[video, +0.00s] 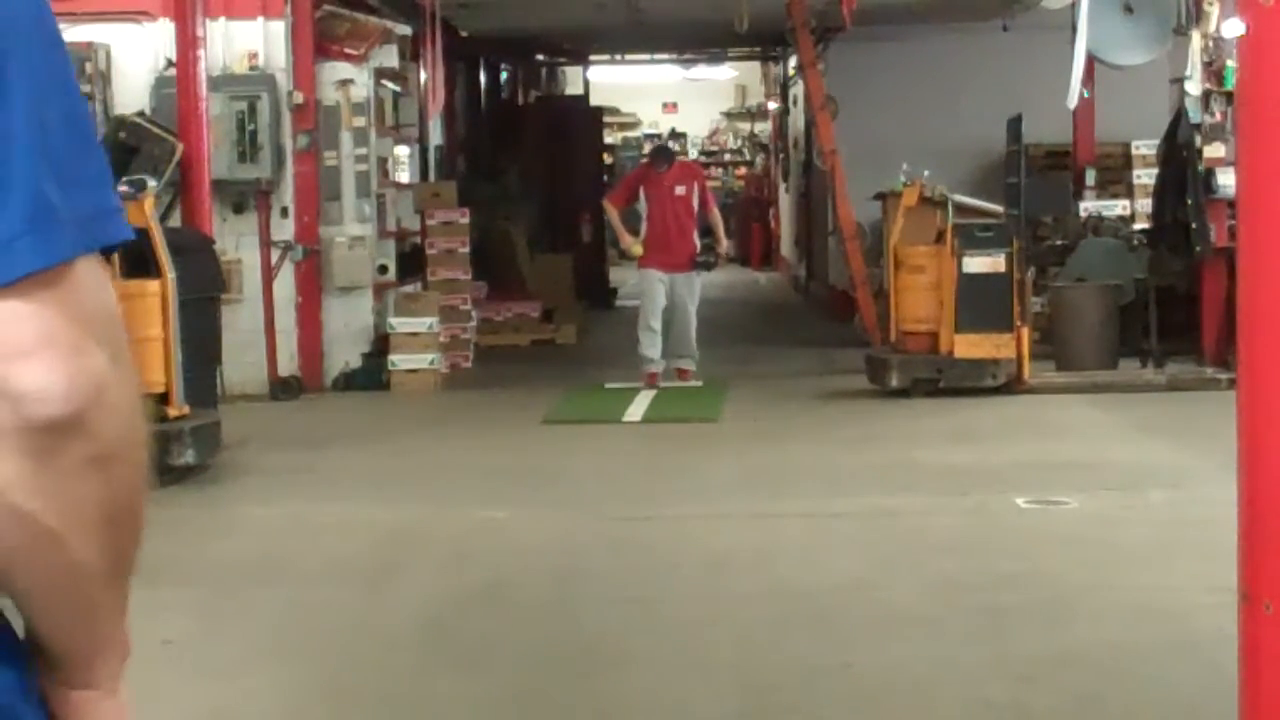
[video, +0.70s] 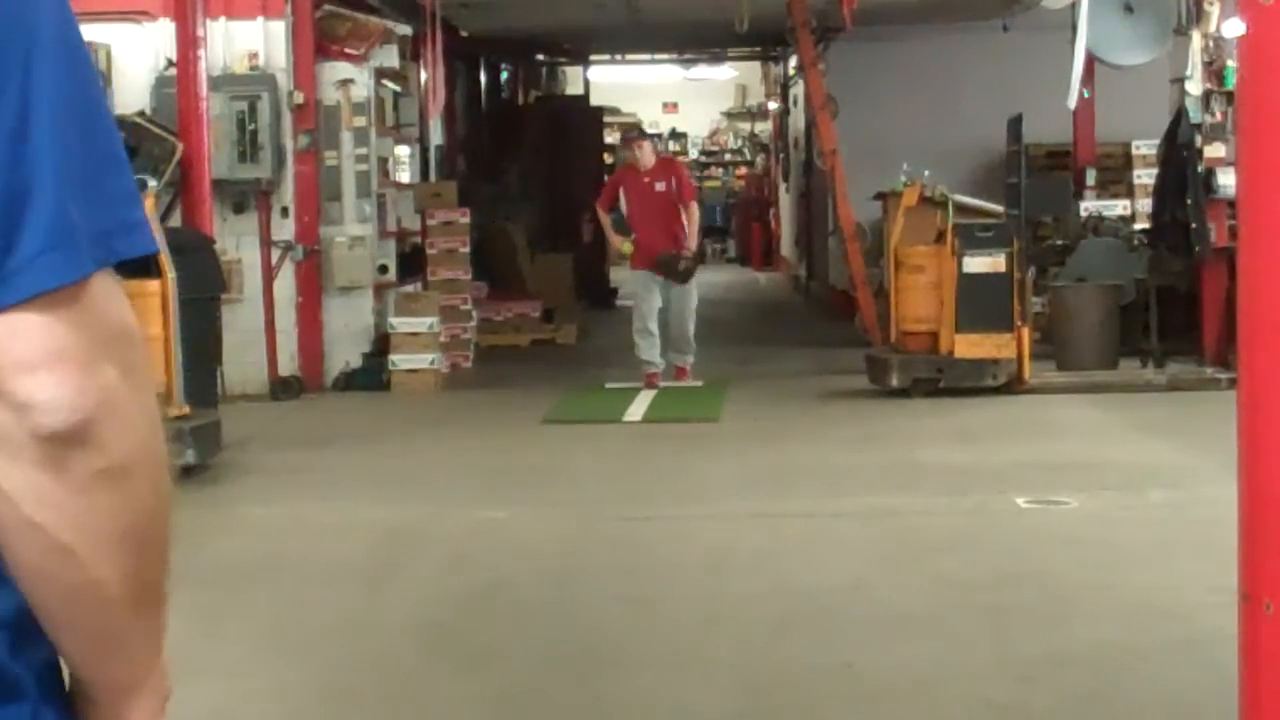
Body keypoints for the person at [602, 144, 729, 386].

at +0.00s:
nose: (659, 173)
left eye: (663, 169)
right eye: (656, 169)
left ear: (673, 161)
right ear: (650, 162)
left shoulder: (693, 172)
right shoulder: (643, 173)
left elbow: (711, 208)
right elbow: (610, 203)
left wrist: (721, 240)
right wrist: (624, 237)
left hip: (686, 259)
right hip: (653, 258)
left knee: (686, 314)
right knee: (651, 312)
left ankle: (685, 363)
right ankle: (651, 366)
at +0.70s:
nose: (638, 154)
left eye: (641, 147)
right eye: (632, 149)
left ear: (651, 146)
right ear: (626, 152)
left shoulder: (673, 169)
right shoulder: (622, 176)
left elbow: (691, 206)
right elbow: (601, 206)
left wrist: (691, 245)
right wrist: (613, 237)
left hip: (677, 256)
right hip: (644, 259)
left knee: (682, 315)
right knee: (645, 315)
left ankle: (683, 364)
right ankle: (650, 367)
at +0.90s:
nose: (638, 149)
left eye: (642, 143)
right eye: (632, 145)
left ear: (652, 142)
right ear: (627, 148)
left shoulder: (672, 168)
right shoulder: (624, 174)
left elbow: (677, 208)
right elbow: (603, 206)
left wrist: (654, 239)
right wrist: (613, 240)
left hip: (676, 255)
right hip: (642, 256)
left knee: (682, 311)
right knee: (644, 313)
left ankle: (683, 363)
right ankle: (650, 368)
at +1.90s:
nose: (655, 159)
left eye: (659, 153)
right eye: (650, 154)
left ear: (668, 150)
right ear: (645, 155)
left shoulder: (685, 176)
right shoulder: (640, 173)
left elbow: (682, 220)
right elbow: (629, 199)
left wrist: (647, 236)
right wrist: (629, 203)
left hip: (685, 258)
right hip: (653, 256)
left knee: (685, 314)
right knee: (652, 310)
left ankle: (682, 363)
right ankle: (652, 364)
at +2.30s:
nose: (659, 163)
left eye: (663, 157)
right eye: (654, 158)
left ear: (673, 153)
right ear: (648, 157)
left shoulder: (689, 178)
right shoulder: (643, 173)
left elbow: (690, 223)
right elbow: (631, 194)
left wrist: (657, 238)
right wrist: (634, 205)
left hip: (691, 256)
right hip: (659, 255)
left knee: (689, 313)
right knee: (658, 305)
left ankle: (682, 362)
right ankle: (654, 357)